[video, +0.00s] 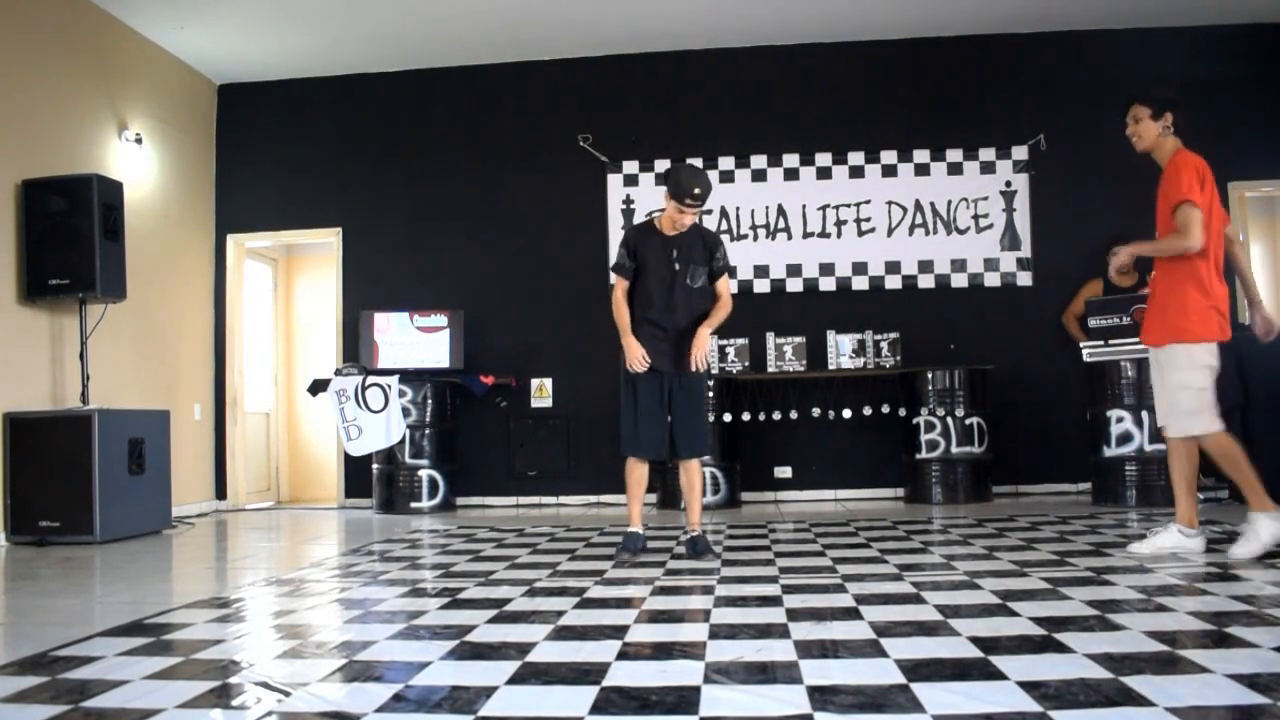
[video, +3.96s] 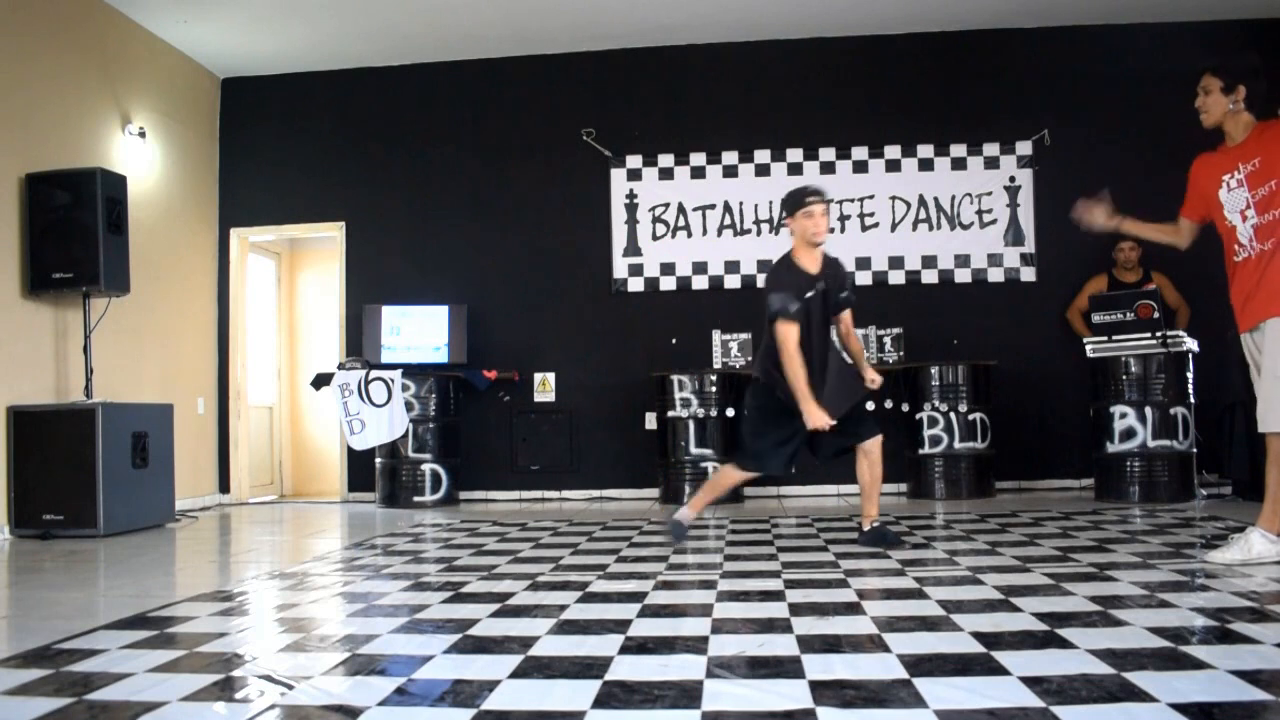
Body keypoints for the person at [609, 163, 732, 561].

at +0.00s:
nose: (688, 219)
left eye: (696, 212)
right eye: (682, 211)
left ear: (703, 207)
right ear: (666, 198)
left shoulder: (708, 241)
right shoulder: (637, 237)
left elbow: (725, 299)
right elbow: (619, 294)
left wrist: (705, 330)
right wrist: (628, 340)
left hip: (689, 358)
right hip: (644, 357)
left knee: (690, 447)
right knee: (639, 446)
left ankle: (695, 532)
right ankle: (634, 530)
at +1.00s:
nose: (609, 191)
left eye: (610, 184)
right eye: (600, 185)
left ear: (613, 187)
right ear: (576, 190)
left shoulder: (633, 231)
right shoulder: (559, 248)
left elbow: (653, 290)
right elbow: (555, 309)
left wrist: (654, 334)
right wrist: (562, 352)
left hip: (638, 362)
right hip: (588, 368)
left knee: (659, 447)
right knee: (590, 455)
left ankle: (672, 531)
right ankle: (594, 540)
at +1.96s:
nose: (601, 201)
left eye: (606, 192)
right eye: (592, 193)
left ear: (614, 189)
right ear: (573, 191)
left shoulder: (635, 232)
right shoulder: (560, 243)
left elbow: (654, 286)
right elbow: (551, 305)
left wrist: (654, 319)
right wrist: (579, 341)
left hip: (641, 353)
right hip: (594, 357)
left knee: (657, 445)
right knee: (594, 450)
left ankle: (664, 535)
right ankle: (596, 538)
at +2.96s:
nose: (643, 210)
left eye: (650, 201)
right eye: (635, 202)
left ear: (663, 193)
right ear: (625, 199)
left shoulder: (693, 230)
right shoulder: (620, 243)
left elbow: (718, 284)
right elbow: (615, 292)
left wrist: (705, 325)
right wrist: (615, 326)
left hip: (691, 350)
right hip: (642, 352)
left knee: (691, 440)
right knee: (621, 420)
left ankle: (686, 530)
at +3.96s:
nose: (820, 222)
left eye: (824, 214)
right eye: (810, 216)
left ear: (829, 220)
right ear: (790, 224)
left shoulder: (835, 271)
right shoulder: (783, 277)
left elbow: (847, 329)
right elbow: (787, 347)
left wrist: (864, 367)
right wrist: (808, 403)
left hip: (823, 378)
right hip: (779, 383)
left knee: (870, 436)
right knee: (752, 461)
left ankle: (870, 524)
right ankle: (685, 515)